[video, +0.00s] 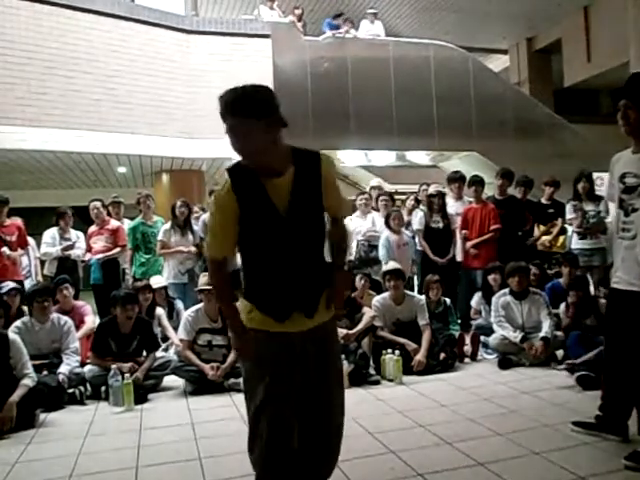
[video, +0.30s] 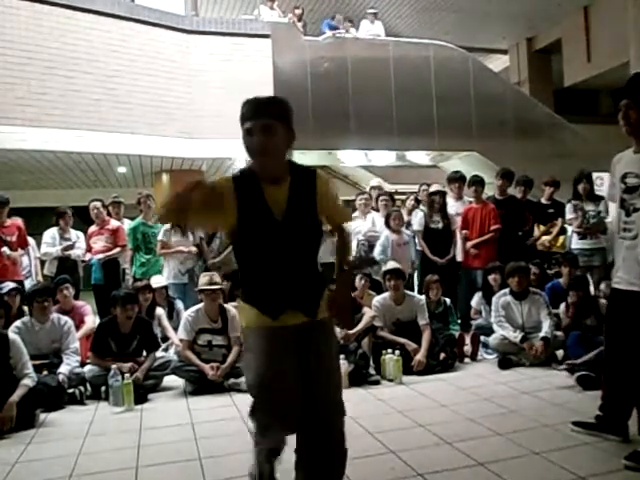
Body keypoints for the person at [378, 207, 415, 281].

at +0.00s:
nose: (397, 222)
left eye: (399, 219)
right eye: (393, 219)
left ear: (403, 221)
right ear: (388, 221)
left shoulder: (408, 235)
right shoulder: (386, 237)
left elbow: (413, 251)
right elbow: (383, 255)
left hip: (408, 271)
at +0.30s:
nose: (397, 222)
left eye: (399, 219)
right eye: (394, 219)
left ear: (403, 221)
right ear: (388, 222)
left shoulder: (408, 235)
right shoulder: (386, 236)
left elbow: (413, 250)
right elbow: (377, 253)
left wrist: (414, 262)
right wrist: (388, 262)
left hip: (408, 272)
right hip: (393, 272)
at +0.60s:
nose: (398, 223)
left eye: (400, 220)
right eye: (395, 220)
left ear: (404, 221)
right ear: (389, 221)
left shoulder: (409, 234)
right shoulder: (387, 235)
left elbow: (414, 249)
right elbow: (376, 251)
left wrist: (413, 262)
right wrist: (384, 264)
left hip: (408, 271)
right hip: (392, 271)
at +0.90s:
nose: (398, 223)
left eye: (401, 220)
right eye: (395, 220)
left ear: (404, 221)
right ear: (390, 221)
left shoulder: (409, 235)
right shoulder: (387, 235)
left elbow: (413, 250)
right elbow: (375, 250)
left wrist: (412, 261)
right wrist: (383, 264)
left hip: (408, 271)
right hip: (392, 271)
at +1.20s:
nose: (399, 223)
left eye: (401, 219)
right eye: (395, 220)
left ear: (405, 221)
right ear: (390, 222)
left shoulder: (409, 235)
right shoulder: (387, 235)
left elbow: (412, 251)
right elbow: (375, 251)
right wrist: (382, 265)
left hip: (408, 271)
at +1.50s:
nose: (399, 223)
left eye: (401, 220)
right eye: (396, 220)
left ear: (405, 221)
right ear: (390, 222)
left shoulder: (410, 235)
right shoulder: (388, 236)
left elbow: (413, 253)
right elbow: (379, 256)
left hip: (409, 272)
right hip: (394, 273)